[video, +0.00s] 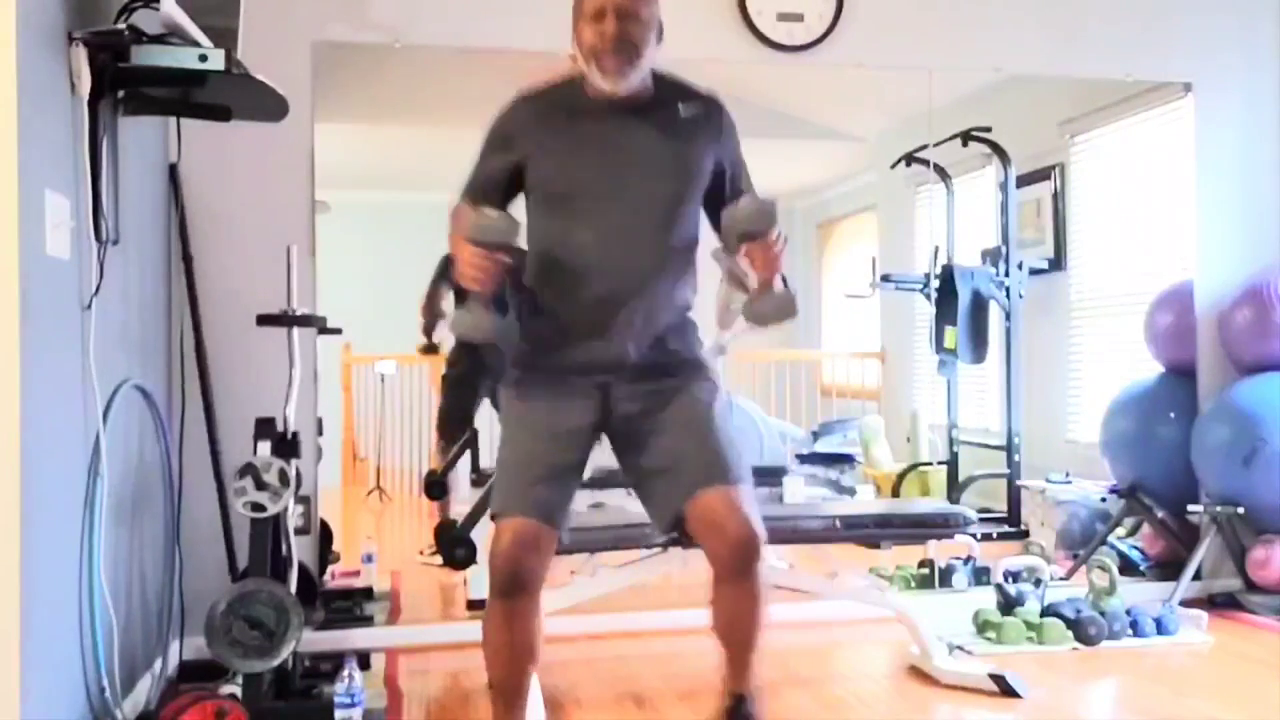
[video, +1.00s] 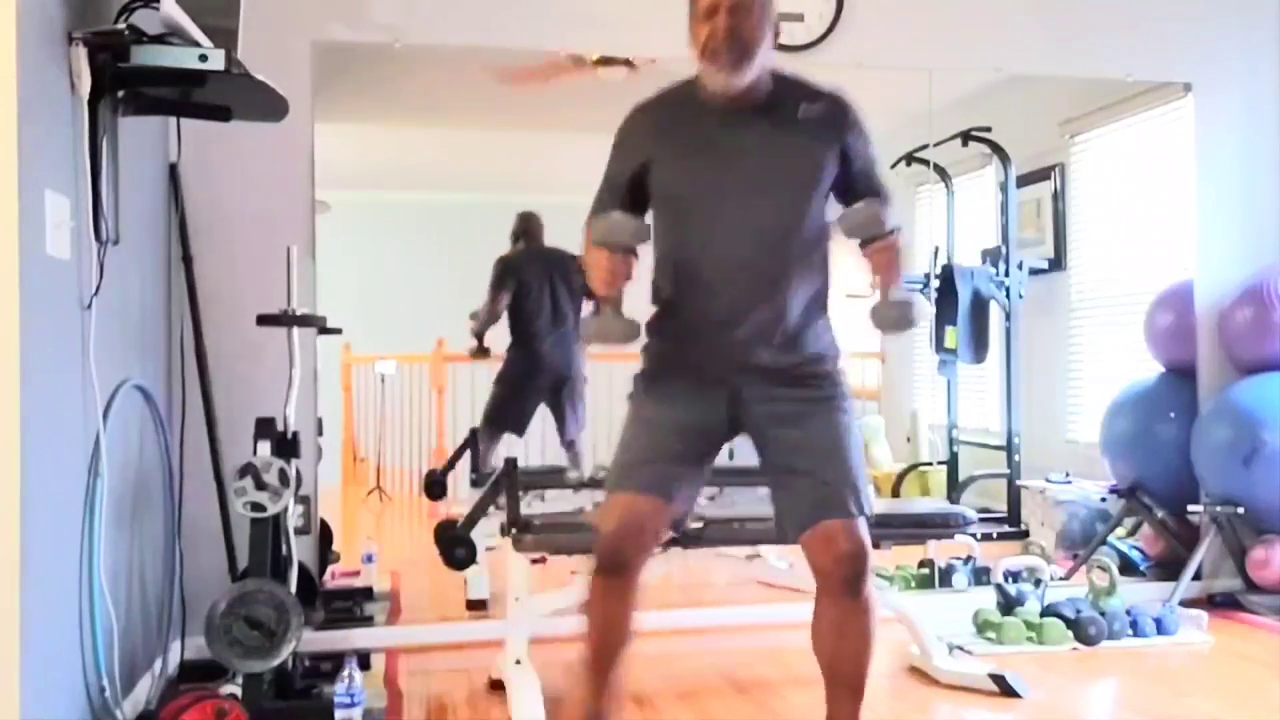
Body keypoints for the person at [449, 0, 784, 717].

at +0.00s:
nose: (614, 30)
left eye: (631, 14)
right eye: (598, 15)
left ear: (658, 23)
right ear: (575, 25)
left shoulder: (702, 119)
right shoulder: (528, 118)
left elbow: (743, 223)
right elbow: (472, 211)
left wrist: (761, 255)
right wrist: (466, 249)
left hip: (666, 368)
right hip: (550, 372)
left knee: (739, 541)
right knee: (515, 560)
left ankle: (739, 699)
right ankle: (511, 718)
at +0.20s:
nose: (583, 18)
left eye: (603, 5)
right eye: (568, 4)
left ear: (636, 14)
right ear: (549, 15)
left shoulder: (688, 100)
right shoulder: (514, 104)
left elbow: (743, 178)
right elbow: (450, 183)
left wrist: (764, 218)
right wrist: (441, 227)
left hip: (645, 373)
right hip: (533, 367)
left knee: (669, 570)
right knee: (510, 561)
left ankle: (674, 715)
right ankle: (509, 718)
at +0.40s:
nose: (577, 22)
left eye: (595, 8)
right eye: (562, 8)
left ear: (628, 15)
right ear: (544, 17)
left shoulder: (683, 110)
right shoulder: (507, 113)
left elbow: (737, 197)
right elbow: (442, 211)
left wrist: (730, 233)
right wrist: (469, 243)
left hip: (660, 370)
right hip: (543, 376)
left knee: (740, 543)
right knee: (510, 561)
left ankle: (770, 703)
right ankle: (510, 716)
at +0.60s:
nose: (612, 111)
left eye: (628, 96)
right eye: (597, 97)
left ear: (660, 109)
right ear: (579, 109)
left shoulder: (712, 198)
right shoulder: (540, 199)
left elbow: (757, 324)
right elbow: (487, 323)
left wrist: (715, 321)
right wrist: (545, 323)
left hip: (685, 430)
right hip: (564, 429)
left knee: (795, 572)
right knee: (500, 585)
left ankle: (832, 716)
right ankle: (506, 719)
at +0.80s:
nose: (674, 136)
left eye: (691, 122)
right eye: (659, 124)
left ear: (720, 137)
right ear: (639, 140)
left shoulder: (771, 222)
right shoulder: (595, 224)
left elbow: (819, 350)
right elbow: (545, 349)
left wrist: (773, 338)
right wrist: (597, 343)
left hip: (739, 443)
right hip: (619, 444)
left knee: (846, 584)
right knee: (531, 590)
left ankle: (843, 719)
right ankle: (514, 716)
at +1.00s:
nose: (719, 30)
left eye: (737, 14)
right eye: (706, 14)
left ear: (773, 23)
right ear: (691, 23)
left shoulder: (827, 118)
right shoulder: (652, 123)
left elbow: (874, 225)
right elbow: (608, 239)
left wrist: (889, 273)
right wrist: (608, 287)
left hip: (798, 370)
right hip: (683, 369)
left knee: (845, 558)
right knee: (620, 542)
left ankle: (843, 718)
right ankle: (595, 706)